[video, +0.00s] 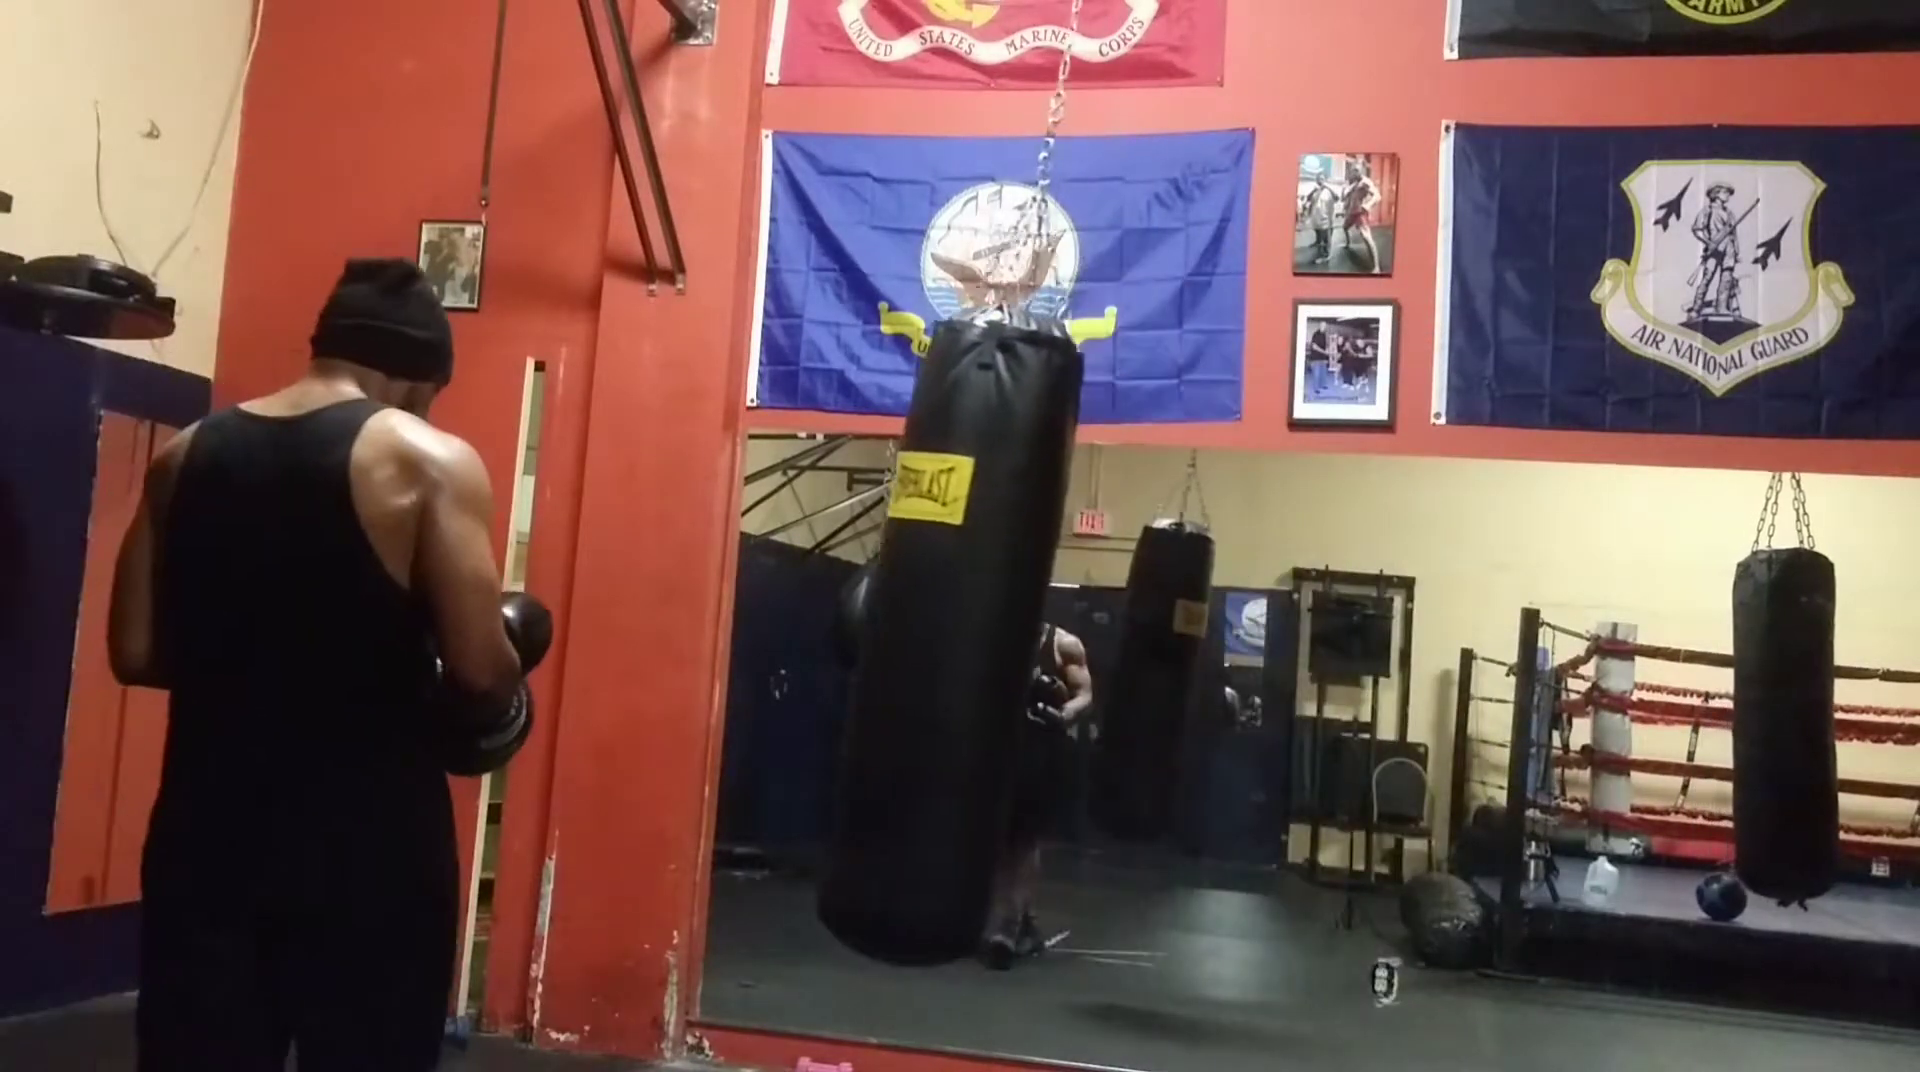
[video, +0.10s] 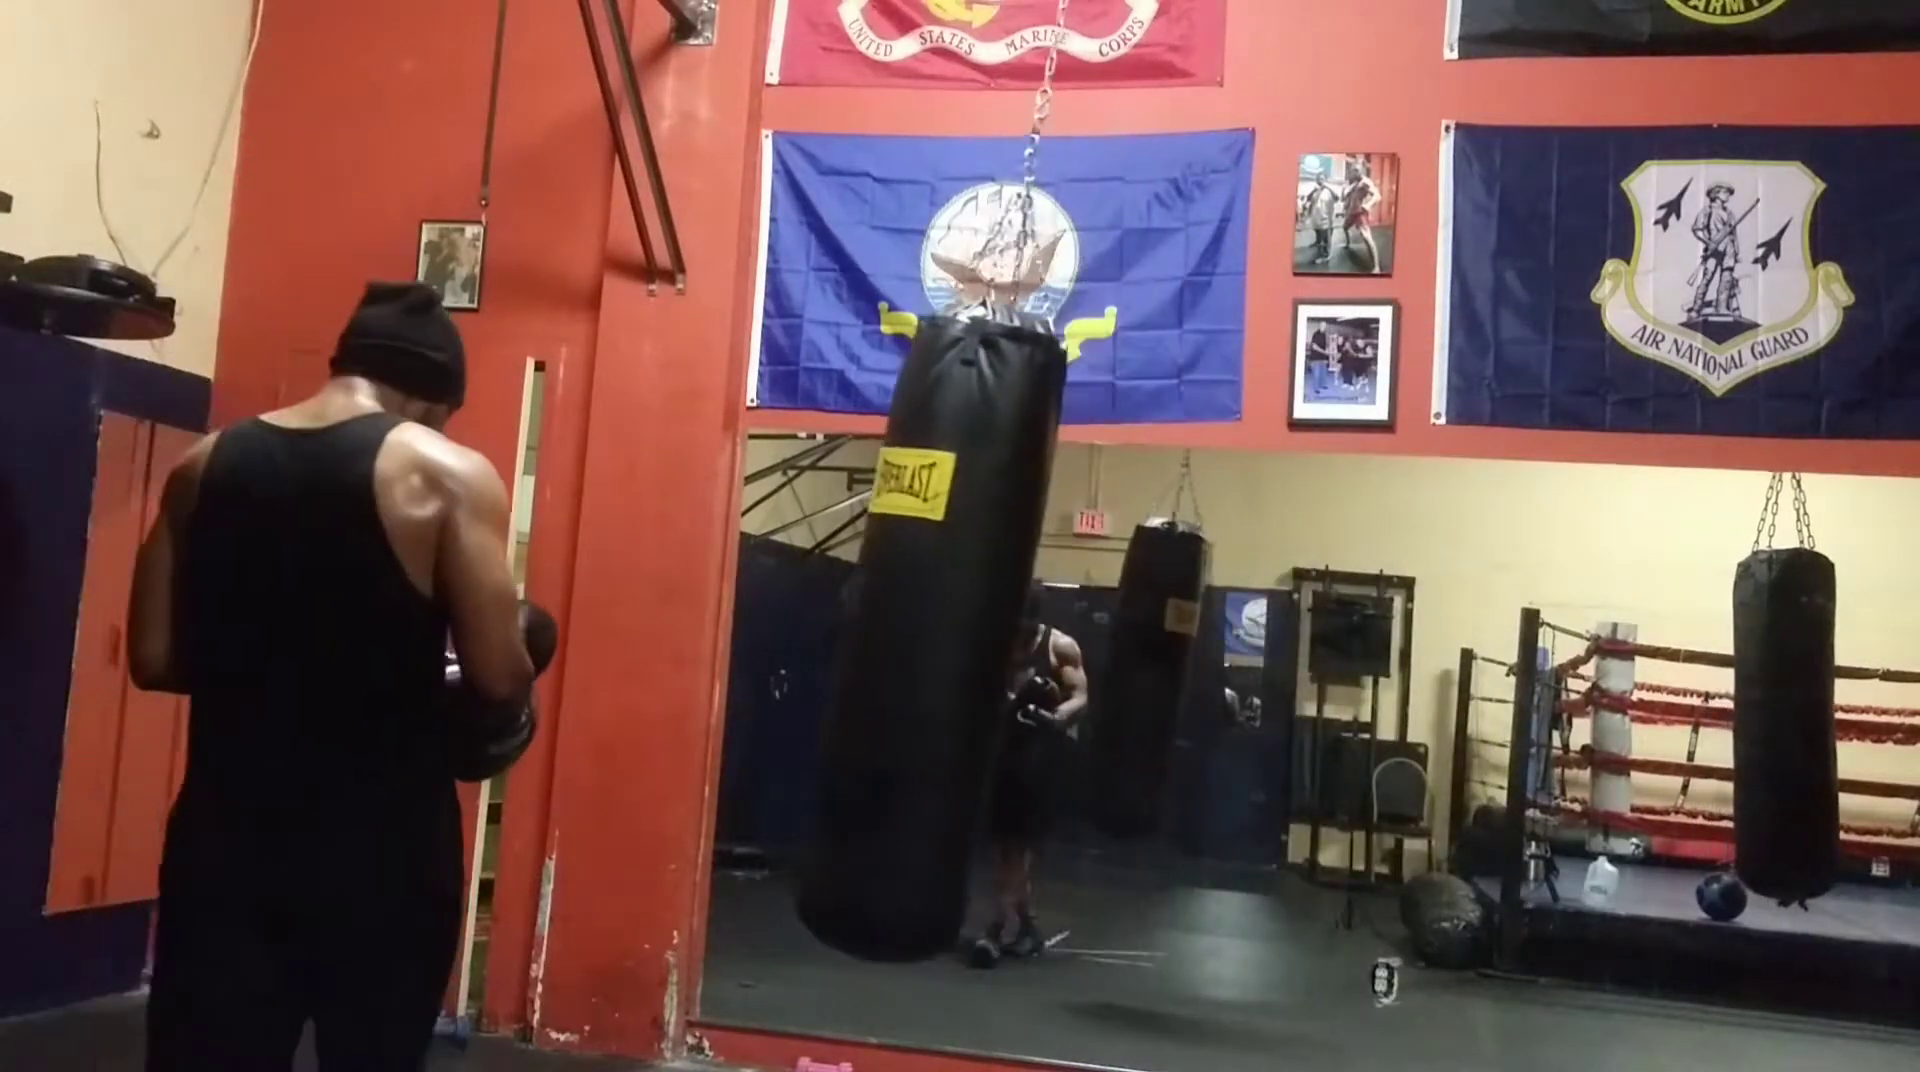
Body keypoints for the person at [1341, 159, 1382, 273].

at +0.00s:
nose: (1352, 174)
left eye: (1355, 171)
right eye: (1352, 171)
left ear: (1359, 172)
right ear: (1350, 172)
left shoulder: (1365, 182)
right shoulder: (1350, 184)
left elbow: (1376, 195)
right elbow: (1343, 198)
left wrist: (1367, 206)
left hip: (1361, 212)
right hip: (1351, 212)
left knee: (1366, 236)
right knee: (1345, 227)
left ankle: (1376, 266)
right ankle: (1348, 243)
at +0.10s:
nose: (1352, 174)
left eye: (1355, 171)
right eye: (1352, 171)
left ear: (1359, 172)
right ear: (1350, 172)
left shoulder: (1365, 182)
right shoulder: (1350, 184)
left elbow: (1376, 195)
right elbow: (1343, 198)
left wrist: (1367, 206)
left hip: (1361, 212)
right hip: (1351, 212)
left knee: (1366, 236)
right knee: (1345, 227)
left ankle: (1376, 266)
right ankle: (1348, 243)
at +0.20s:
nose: (1351, 174)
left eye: (1354, 171)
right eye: (1350, 172)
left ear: (1358, 172)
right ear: (1350, 173)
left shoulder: (1365, 182)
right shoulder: (1351, 184)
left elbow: (1376, 195)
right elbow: (1345, 199)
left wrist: (1367, 206)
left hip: (1361, 212)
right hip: (1351, 212)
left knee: (1366, 237)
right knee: (1345, 227)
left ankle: (1376, 266)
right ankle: (1348, 243)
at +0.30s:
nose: (1352, 174)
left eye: (1355, 171)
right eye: (1351, 171)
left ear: (1359, 172)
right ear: (1349, 173)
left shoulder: (1365, 182)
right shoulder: (1349, 184)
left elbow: (1376, 196)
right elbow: (1343, 198)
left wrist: (1366, 206)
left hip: (1360, 212)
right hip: (1350, 212)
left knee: (1367, 237)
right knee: (1345, 227)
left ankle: (1376, 266)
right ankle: (1348, 243)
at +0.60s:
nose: (1351, 174)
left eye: (1354, 171)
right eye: (1350, 171)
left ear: (1358, 172)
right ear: (1349, 173)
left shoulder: (1364, 182)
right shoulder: (1349, 185)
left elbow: (1376, 196)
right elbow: (1344, 198)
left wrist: (1366, 206)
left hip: (1360, 212)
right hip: (1350, 213)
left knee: (1367, 238)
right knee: (1345, 228)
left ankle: (1376, 266)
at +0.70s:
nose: (1351, 174)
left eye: (1353, 171)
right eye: (1350, 171)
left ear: (1358, 172)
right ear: (1350, 173)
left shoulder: (1365, 182)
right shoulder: (1351, 184)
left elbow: (1376, 196)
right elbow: (1346, 199)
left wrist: (1366, 206)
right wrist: (1345, 210)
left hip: (1361, 212)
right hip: (1351, 212)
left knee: (1367, 237)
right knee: (1345, 227)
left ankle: (1376, 266)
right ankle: (1348, 243)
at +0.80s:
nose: (1351, 174)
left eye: (1354, 171)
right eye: (1351, 172)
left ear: (1358, 172)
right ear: (1350, 173)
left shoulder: (1365, 182)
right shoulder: (1351, 184)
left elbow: (1376, 196)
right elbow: (1344, 198)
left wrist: (1366, 206)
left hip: (1361, 211)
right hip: (1351, 211)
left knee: (1367, 237)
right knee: (1345, 227)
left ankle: (1376, 266)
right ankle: (1348, 243)